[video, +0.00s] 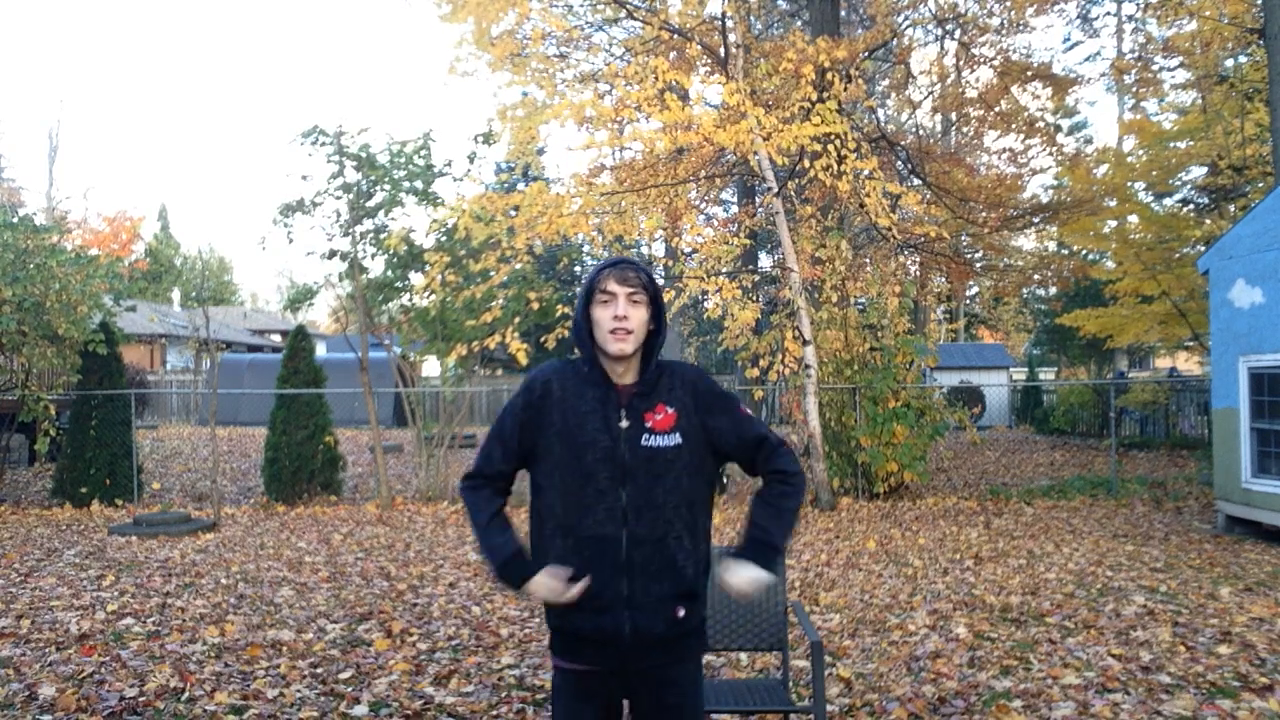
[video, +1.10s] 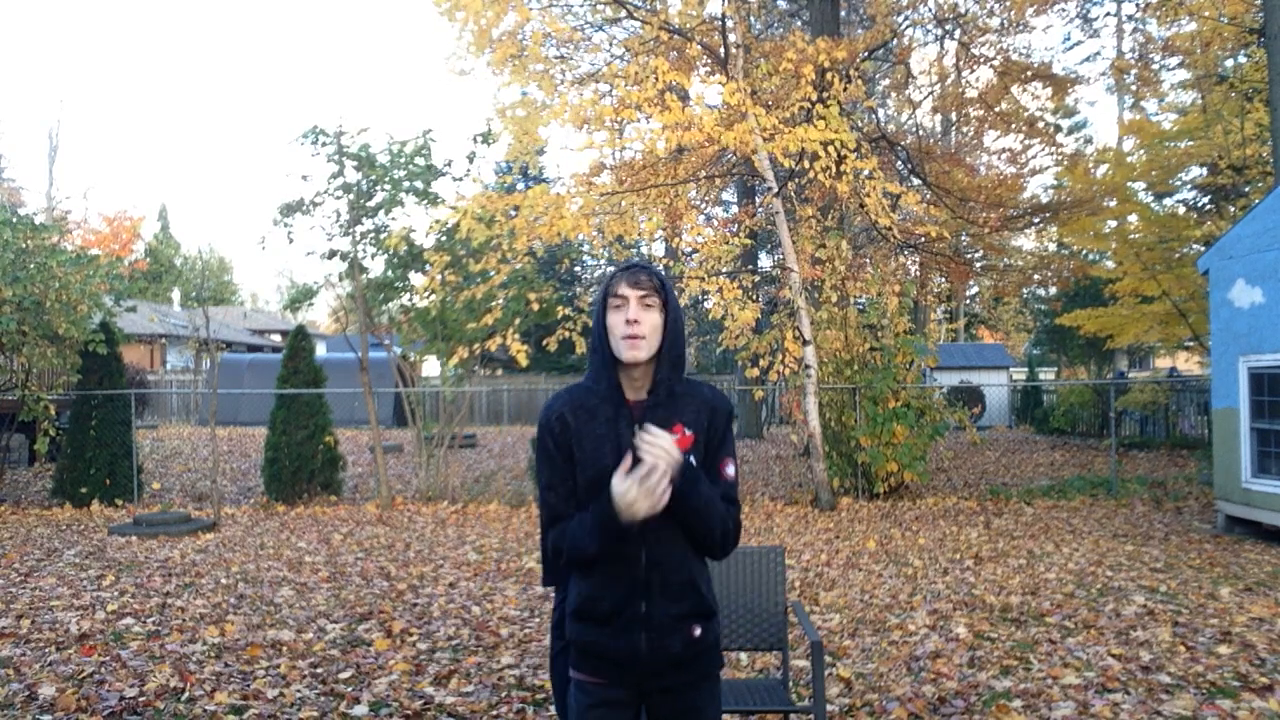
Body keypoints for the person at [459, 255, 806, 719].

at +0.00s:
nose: (620, 313)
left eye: (634, 300)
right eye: (606, 300)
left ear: (652, 317)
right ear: (586, 315)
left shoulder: (690, 391)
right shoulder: (547, 392)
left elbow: (783, 468)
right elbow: (481, 486)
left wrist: (756, 555)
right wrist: (521, 572)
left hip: (673, 638)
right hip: (582, 641)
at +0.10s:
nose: (617, 322)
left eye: (631, 310)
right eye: (603, 309)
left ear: (649, 325)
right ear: (582, 321)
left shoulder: (684, 402)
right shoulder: (537, 408)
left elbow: (761, 503)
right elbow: (483, 521)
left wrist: (851, 595)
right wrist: (437, 637)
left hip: (665, 650)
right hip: (573, 653)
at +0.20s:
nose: (612, 321)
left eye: (626, 309)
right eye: (598, 308)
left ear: (645, 323)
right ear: (577, 321)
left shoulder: (678, 402)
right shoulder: (540, 408)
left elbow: (725, 526)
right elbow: (511, 544)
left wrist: (824, 580)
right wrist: (437, 635)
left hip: (659, 648)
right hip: (566, 652)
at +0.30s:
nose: (609, 316)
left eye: (623, 305)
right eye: (595, 304)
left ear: (642, 319)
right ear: (576, 319)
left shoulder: (678, 402)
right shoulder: (539, 408)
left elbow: (696, 530)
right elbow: (532, 541)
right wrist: (477, 628)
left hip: (658, 645)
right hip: (570, 647)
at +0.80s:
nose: (627, 314)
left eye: (639, 299)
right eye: (613, 308)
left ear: (668, 307)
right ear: (604, 328)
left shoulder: (719, 405)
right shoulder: (577, 407)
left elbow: (720, 527)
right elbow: (562, 536)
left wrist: (761, 577)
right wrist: (532, 609)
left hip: (688, 647)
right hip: (597, 649)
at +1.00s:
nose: (634, 326)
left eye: (647, 311)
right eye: (619, 316)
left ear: (672, 325)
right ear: (607, 335)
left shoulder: (717, 421)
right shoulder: (573, 422)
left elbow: (721, 549)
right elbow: (556, 541)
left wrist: (743, 535)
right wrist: (575, 567)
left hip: (694, 656)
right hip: (604, 659)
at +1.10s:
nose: (631, 317)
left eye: (647, 304)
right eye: (618, 304)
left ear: (668, 320)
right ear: (601, 321)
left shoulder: (707, 408)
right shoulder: (566, 415)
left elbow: (723, 539)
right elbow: (555, 551)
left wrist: (681, 472)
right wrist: (613, 514)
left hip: (687, 645)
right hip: (597, 649)